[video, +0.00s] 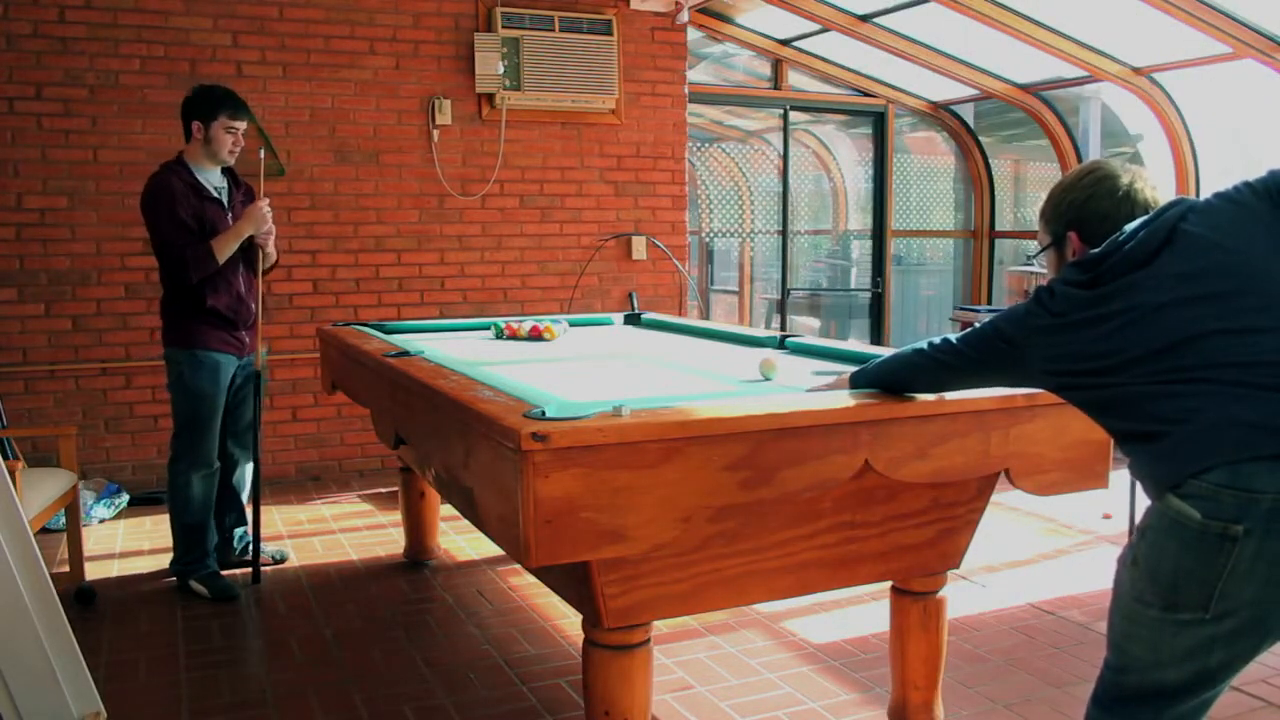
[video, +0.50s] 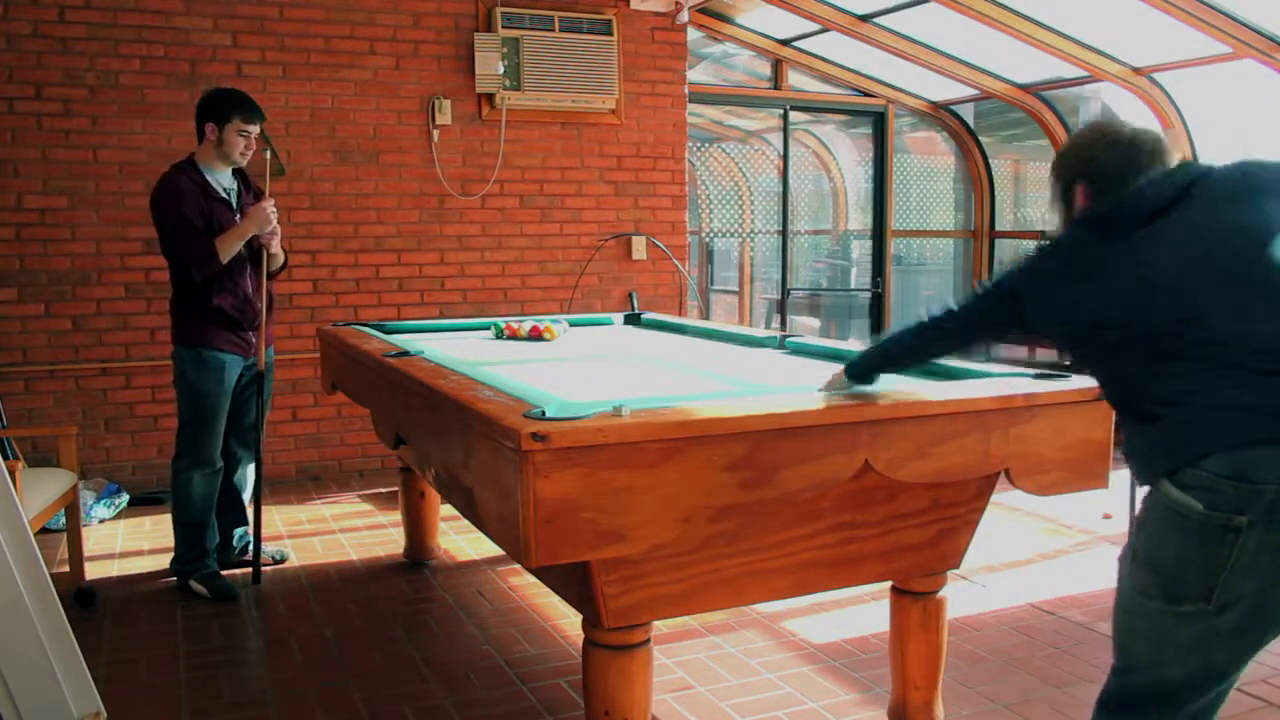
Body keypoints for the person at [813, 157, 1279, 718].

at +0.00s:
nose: (1047, 268)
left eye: (1048, 251)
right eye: (1045, 254)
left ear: (1076, 246)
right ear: (1149, 215)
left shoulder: (1057, 317)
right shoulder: (1248, 209)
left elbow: (941, 360)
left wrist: (861, 376)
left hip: (1237, 503)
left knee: (1135, 702)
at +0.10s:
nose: (1047, 268)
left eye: (1048, 251)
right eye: (1045, 254)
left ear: (1076, 246)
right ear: (1150, 214)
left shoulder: (1057, 317)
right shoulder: (1248, 211)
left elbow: (940, 359)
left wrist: (859, 377)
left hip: (1237, 505)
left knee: (1134, 702)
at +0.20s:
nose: (1046, 267)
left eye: (1048, 250)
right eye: (1044, 252)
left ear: (1076, 245)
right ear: (1151, 214)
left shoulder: (1058, 316)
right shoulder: (1249, 211)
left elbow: (941, 359)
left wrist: (859, 377)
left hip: (1237, 504)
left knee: (1133, 707)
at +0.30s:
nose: (1046, 267)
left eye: (1047, 250)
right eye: (1044, 252)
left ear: (1077, 245)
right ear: (1151, 213)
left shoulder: (1058, 316)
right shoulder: (1249, 210)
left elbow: (941, 359)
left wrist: (859, 377)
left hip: (1237, 505)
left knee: (1133, 707)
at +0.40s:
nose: (1052, 260)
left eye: (1052, 246)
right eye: (1049, 248)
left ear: (1078, 239)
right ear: (1153, 204)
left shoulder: (1063, 311)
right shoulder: (1250, 201)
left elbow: (944, 357)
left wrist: (860, 377)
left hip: (1236, 499)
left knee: (1145, 707)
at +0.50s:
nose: (1060, 217)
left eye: (1060, 204)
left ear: (1081, 197)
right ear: (1165, 169)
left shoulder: (1070, 264)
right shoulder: (1259, 184)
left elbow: (955, 327)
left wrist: (857, 368)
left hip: (1230, 486)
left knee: (1146, 701)